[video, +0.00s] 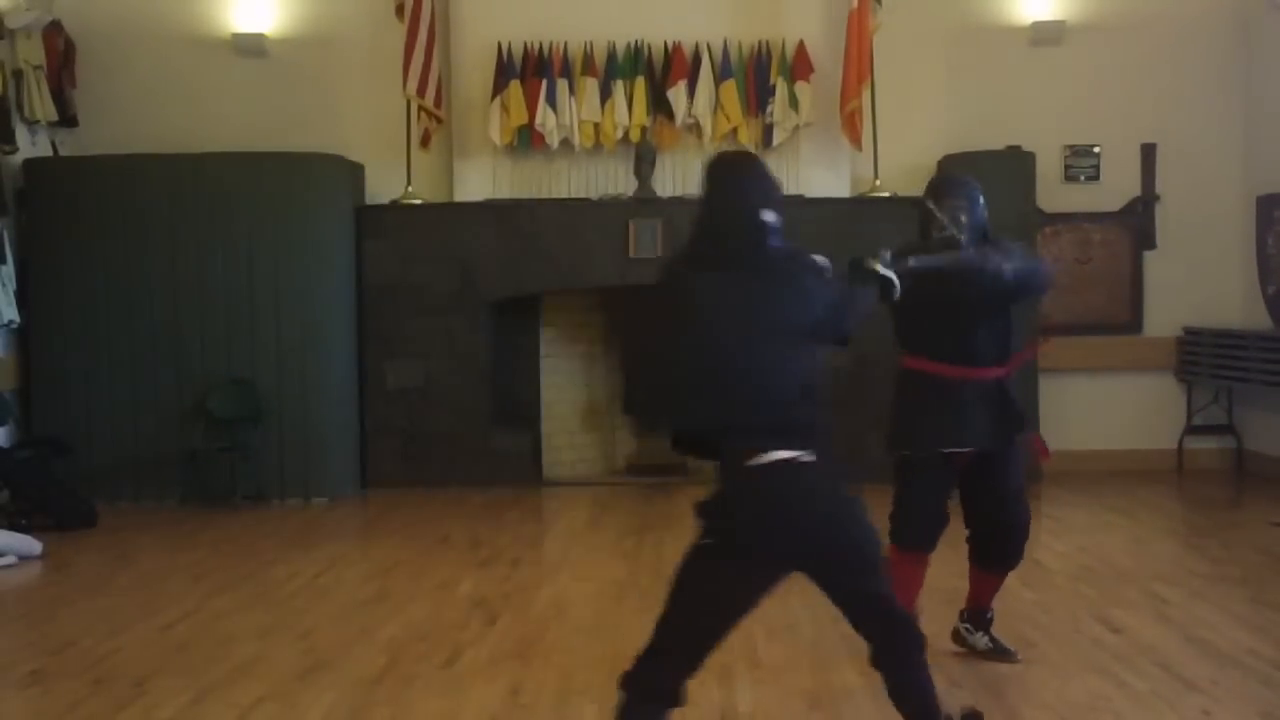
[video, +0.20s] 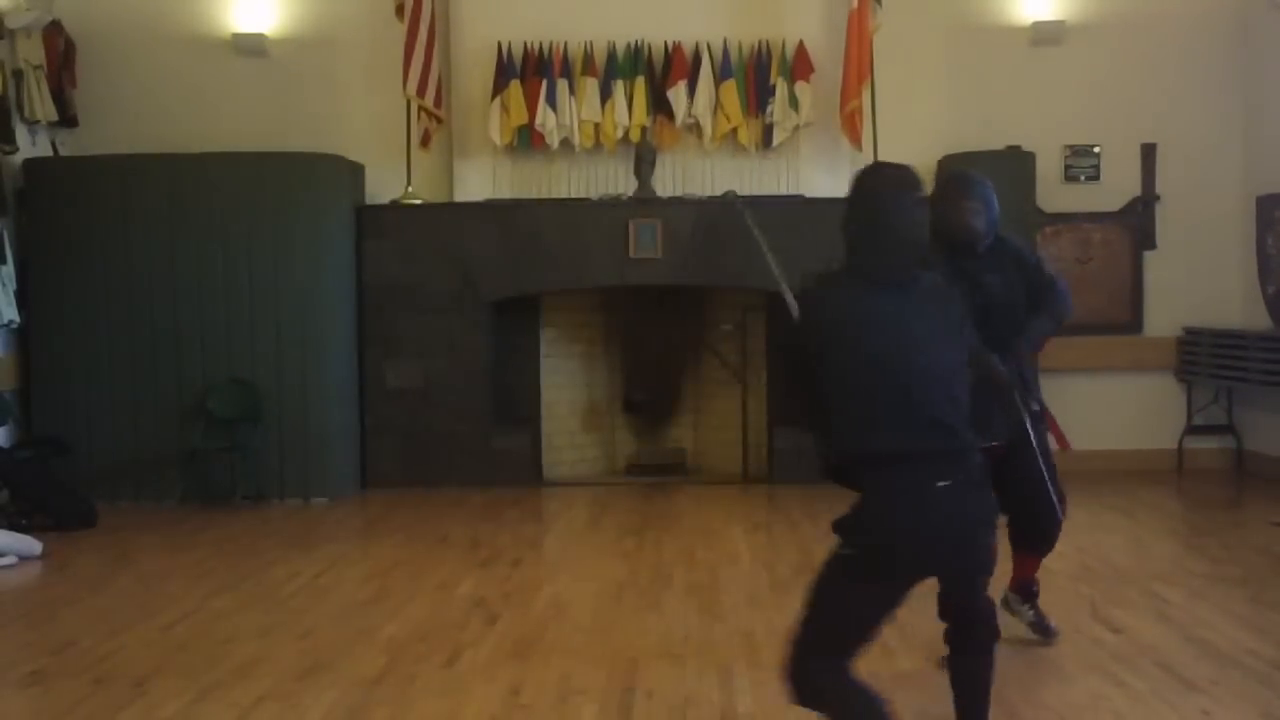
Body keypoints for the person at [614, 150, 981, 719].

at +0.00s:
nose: (779, 212)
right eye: (774, 200)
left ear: (710, 206)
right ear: (768, 205)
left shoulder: (682, 279)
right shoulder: (795, 272)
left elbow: (655, 404)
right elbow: (843, 318)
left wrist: (726, 442)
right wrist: (871, 279)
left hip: (746, 503)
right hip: (814, 497)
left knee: (660, 669)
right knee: (893, 632)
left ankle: (638, 708)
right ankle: (929, 713)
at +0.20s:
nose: (925, 224)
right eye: (920, 213)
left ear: (854, 224)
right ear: (918, 225)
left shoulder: (826, 302)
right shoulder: (945, 297)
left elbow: (815, 420)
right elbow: (990, 396)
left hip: (893, 513)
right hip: (969, 505)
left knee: (813, 670)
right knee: (971, 622)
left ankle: (874, 710)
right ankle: (973, 712)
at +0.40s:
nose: (999, 240)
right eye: (994, 228)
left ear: (920, 233)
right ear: (992, 231)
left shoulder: (895, 307)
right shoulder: (1024, 284)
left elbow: (895, 431)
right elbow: (1087, 335)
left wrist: (957, 482)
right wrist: (1043, 400)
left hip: (990, 508)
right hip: (1051, 497)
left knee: (992, 676)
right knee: (1034, 650)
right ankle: (1046, 707)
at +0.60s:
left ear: (968, 238)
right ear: (1033, 232)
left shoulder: (954, 319)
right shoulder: (1071, 295)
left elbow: (951, 448)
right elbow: (1104, 358)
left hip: (1025, 518)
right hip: (1104, 508)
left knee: (1009, 690)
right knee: (1082, 610)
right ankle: (1102, 712)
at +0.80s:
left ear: (1000, 239)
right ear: (1067, 237)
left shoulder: (984, 318)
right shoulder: (1113, 319)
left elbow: (982, 434)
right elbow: (1138, 415)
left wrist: (1024, 473)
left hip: (1055, 522)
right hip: (1133, 513)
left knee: (1005, 682)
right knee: (1099, 607)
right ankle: (1114, 713)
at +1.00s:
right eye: (1090, 207)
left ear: (1019, 216)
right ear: (1090, 216)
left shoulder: (997, 297)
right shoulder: (1141, 300)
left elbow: (993, 418)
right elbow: (1165, 414)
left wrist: (1010, 508)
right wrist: (1130, 473)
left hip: (1049, 503)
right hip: (1133, 501)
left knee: (1031, 677)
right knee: (1114, 621)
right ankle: (1120, 711)